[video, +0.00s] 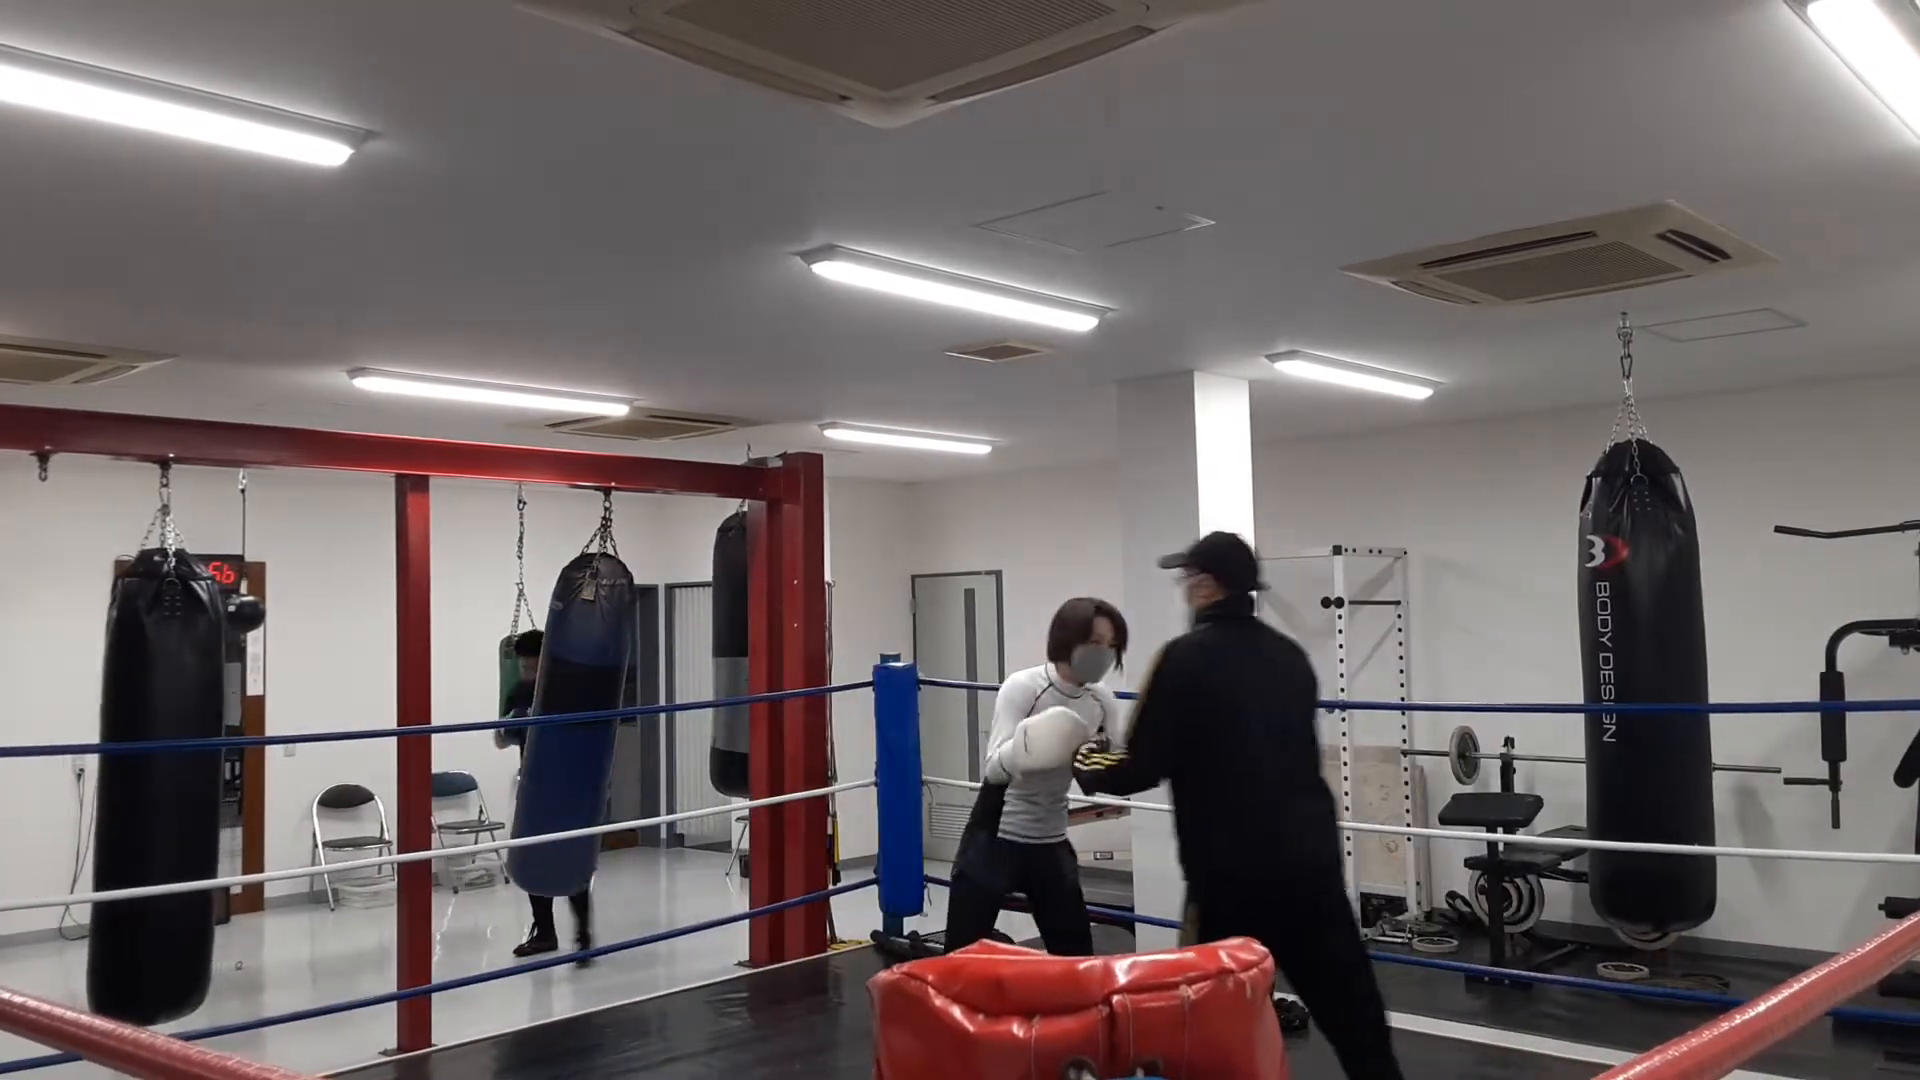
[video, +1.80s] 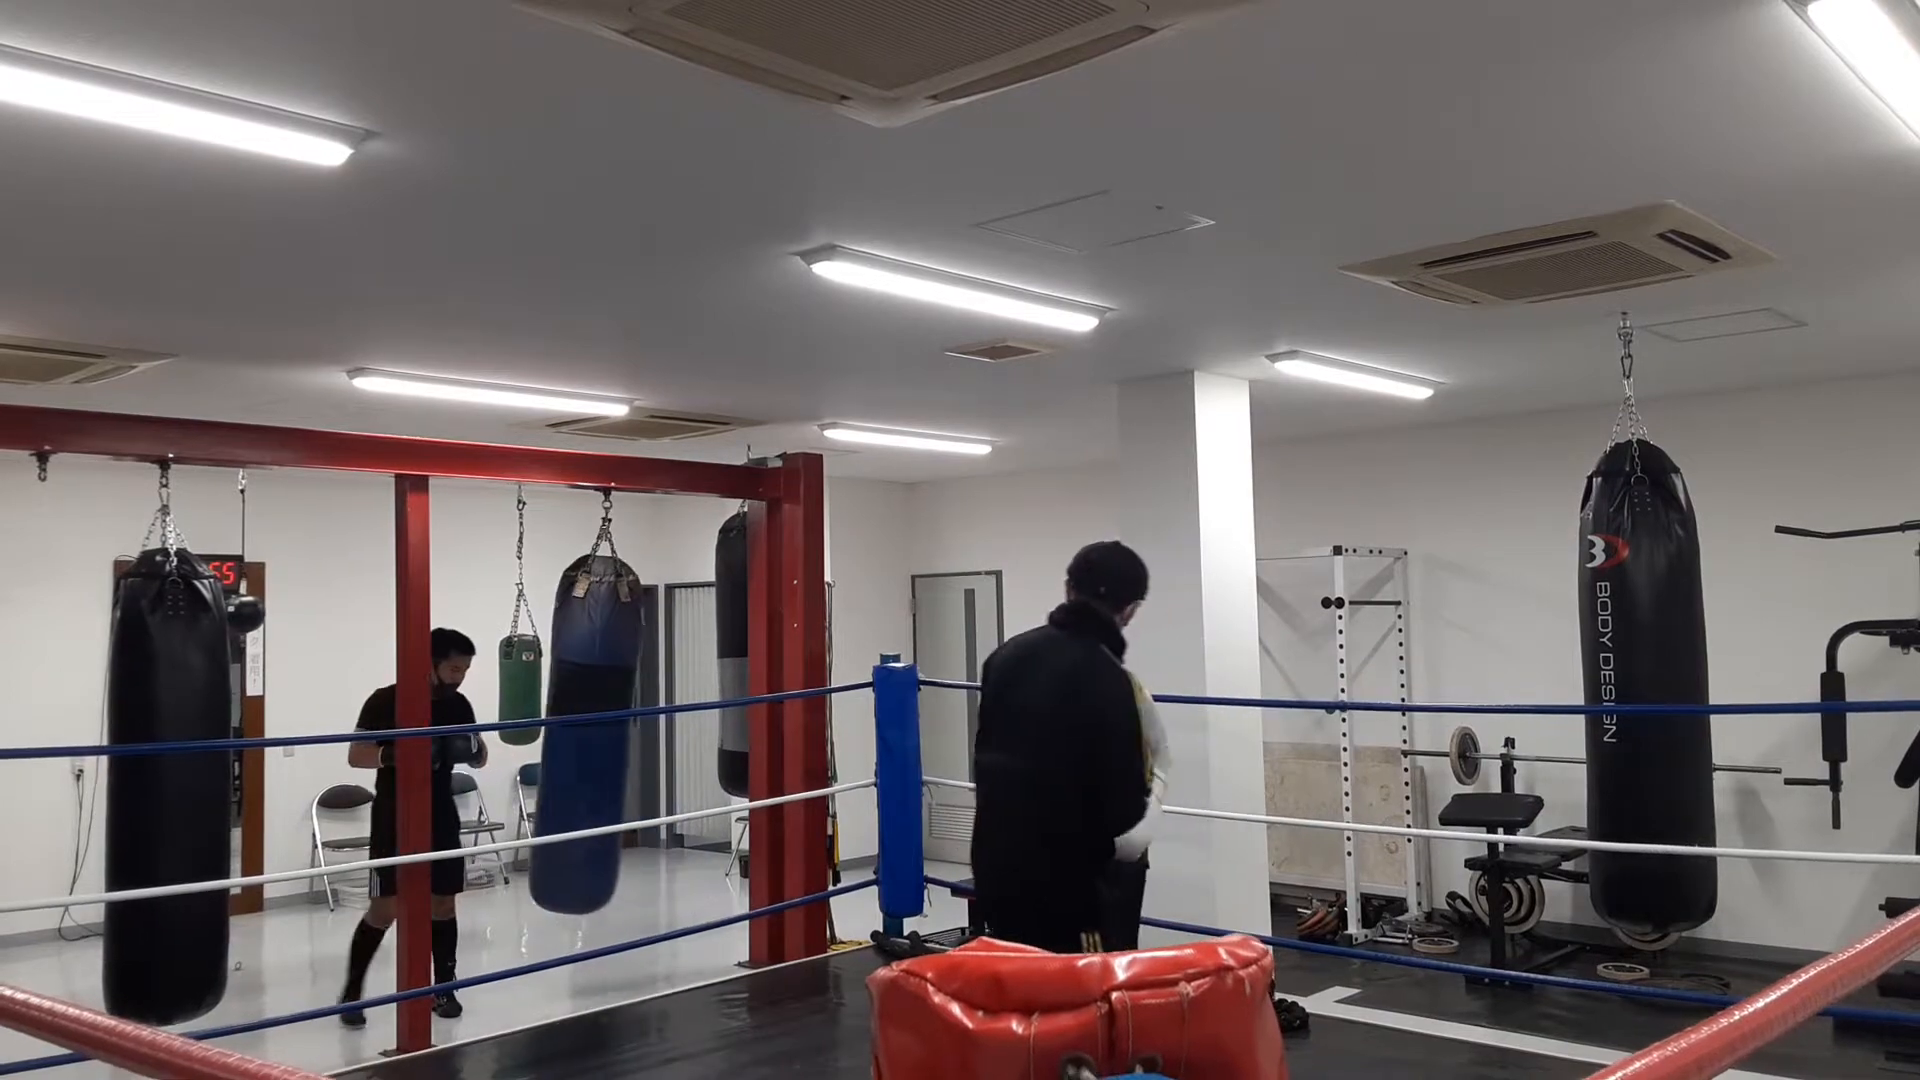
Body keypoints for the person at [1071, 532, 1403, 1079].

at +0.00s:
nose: (1183, 589)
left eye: (1188, 579)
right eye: (1185, 579)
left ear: (1209, 585)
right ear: (1243, 587)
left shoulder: (1184, 658)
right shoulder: (1290, 654)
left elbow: (1145, 768)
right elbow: (1292, 752)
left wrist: (1089, 773)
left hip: (1225, 866)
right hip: (1307, 860)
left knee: (1213, 1014)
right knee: (1353, 1013)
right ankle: (1381, 1074)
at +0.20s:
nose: (1129, 596)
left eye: (1130, 586)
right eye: (1129, 586)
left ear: (1146, 588)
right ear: (1193, 583)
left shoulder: (1122, 663)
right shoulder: (1250, 647)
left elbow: (1092, 779)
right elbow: (1293, 755)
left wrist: (1137, 816)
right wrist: (1236, 767)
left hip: (1177, 862)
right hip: (1267, 857)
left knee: (1190, 1005)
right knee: (1286, 1001)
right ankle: (1303, 1074)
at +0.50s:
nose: (1107, 600)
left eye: (1106, 592)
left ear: (1114, 592)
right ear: (1168, 577)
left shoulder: (1094, 665)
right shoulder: (1225, 646)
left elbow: (1071, 776)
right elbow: (1274, 756)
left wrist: (1118, 734)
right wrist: (1212, 731)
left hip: (1144, 868)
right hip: (1224, 862)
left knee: (1158, 997)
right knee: (1228, 997)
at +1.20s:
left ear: (1120, 577)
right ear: (1185, 592)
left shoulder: (1065, 645)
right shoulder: (1192, 679)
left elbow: (1028, 736)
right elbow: (1205, 793)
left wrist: (1086, 730)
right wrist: (1146, 760)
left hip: (1065, 861)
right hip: (1145, 869)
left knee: (1082, 996)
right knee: (1142, 1003)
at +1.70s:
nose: (1151, 616)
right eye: (1154, 607)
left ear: (1085, 586)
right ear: (1147, 610)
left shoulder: (1020, 654)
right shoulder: (1134, 684)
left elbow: (989, 746)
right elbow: (1146, 807)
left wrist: (1029, 794)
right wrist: (1097, 830)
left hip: (1011, 864)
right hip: (1089, 874)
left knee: (1027, 998)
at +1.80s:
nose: (1131, 619)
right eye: (1134, 610)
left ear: (1070, 588)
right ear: (1127, 610)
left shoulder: (1004, 658)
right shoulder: (1112, 684)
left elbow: (985, 763)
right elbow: (1125, 808)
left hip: (997, 864)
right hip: (1071, 872)